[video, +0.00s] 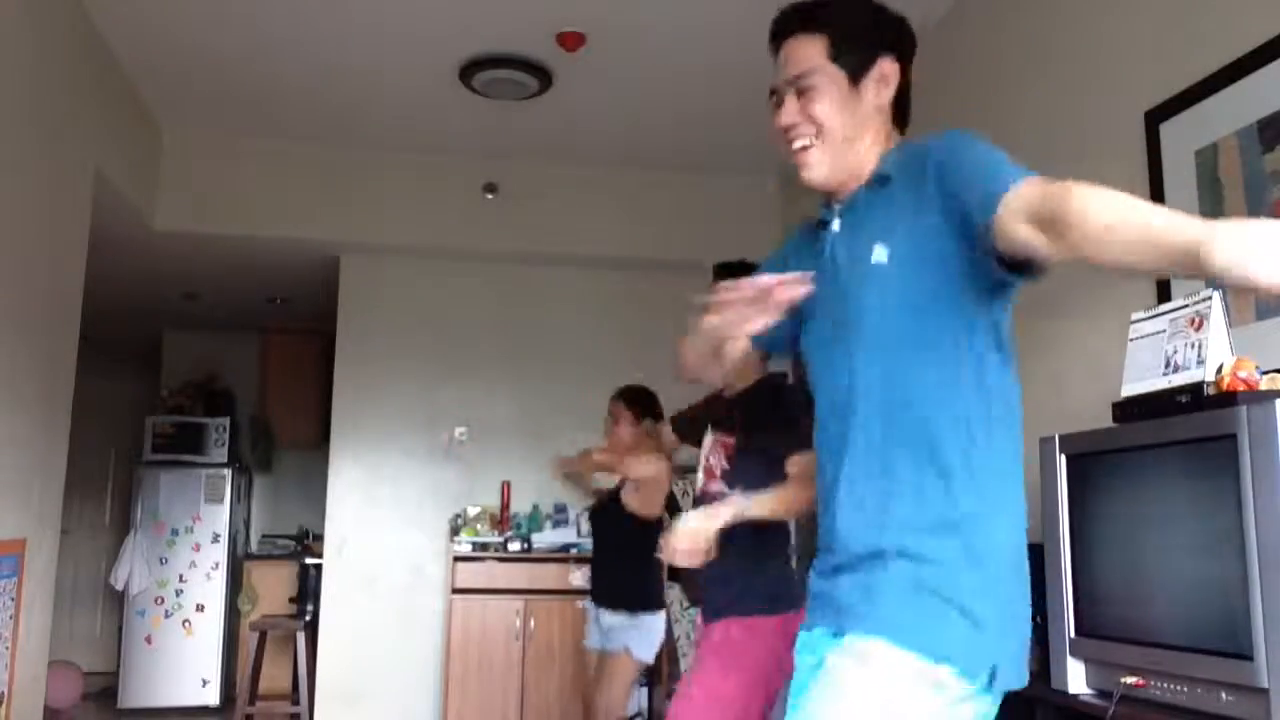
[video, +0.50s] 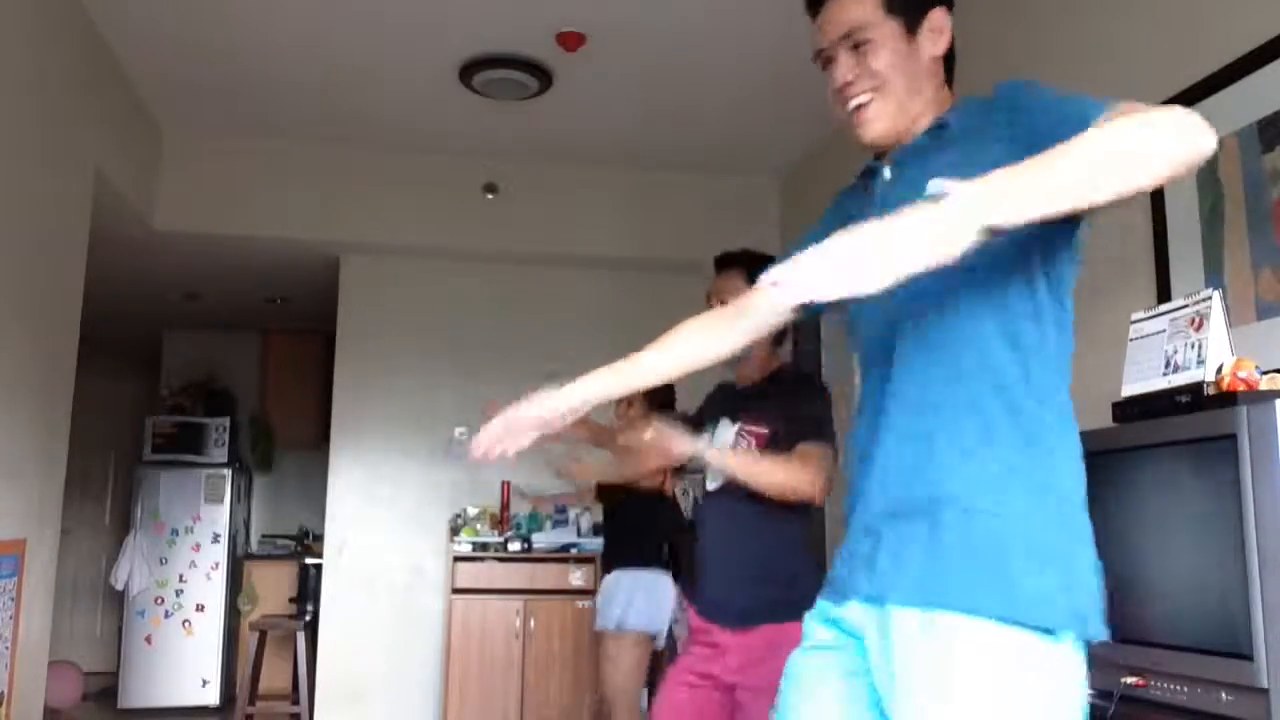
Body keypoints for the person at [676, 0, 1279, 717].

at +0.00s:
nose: (784, 117)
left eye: (804, 89)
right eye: (778, 98)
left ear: (880, 82)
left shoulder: (941, 169)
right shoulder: (807, 249)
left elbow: (1050, 214)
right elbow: (704, 373)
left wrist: (1219, 245)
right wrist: (719, 334)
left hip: (933, 597)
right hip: (841, 596)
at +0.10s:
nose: (788, 87)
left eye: (804, 60)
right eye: (784, 71)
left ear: (880, 45)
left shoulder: (953, 124)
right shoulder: (808, 206)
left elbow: (1084, 164)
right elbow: (712, 313)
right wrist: (606, 351)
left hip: (942, 569)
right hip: (840, 566)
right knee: (831, 709)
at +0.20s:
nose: (799, 76)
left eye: (811, 46)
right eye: (794, 58)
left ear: (889, 27)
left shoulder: (977, 112)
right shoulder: (820, 198)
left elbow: (1125, 157)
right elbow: (721, 313)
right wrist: (555, 403)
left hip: (962, 550)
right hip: (841, 547)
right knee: (809, 714)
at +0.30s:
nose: (803, 100)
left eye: (818, 72)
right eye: (800, 85)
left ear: (897, 52)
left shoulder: (997, 152)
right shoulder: (828, 233)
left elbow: (1131, 199)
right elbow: (701, 337)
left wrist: (904, 219)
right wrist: (581, 425)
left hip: (986, 609)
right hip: (837, 599)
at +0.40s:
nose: (813, 108)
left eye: (827, 76)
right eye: (808, 88)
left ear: (910, 58)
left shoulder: (1004, 155)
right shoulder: (838, 241)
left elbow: (1163, 175)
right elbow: (721, 340)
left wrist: (920, 199)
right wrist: (576, 422)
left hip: (1004, 611)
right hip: (859, 608)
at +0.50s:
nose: (841, 76)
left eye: (858, 44)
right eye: (826, 61)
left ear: (933, 35)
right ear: (826, 78)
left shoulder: (1006, 118)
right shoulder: (858, 204)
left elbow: (1183, 137)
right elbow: (743, 322)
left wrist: (964, 212)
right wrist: (576, 396)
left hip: (996, 594)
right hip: (857, 593)